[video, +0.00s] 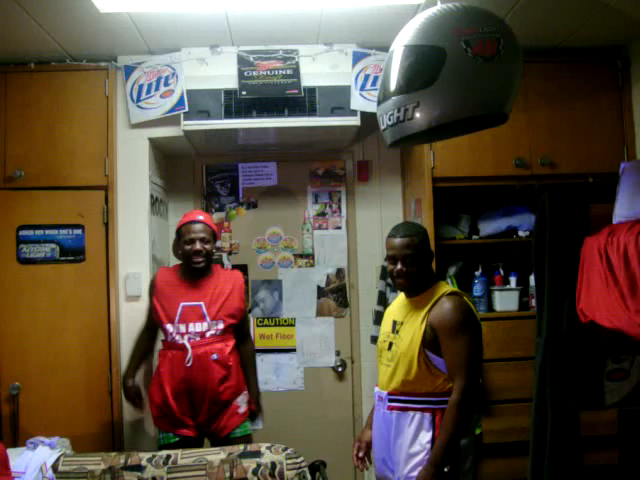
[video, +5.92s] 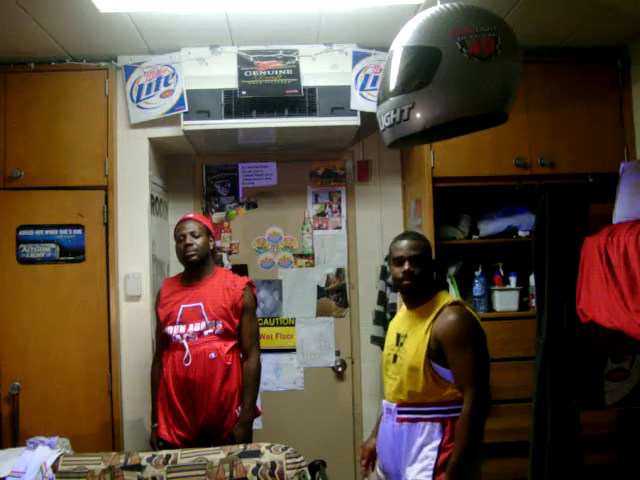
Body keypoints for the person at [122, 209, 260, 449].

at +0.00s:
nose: (197, 248)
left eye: (204, 241)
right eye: (189, 242)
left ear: (214, 245)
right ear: (177, 247)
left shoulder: (233, 280)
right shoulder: (162, 280)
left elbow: (243, 339)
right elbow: (150, 331)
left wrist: (253, 393)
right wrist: (129, 375)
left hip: (226, 399)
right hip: (175, 401)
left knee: (240, 472)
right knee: (175, 477)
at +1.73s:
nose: (206, 248)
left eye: (213, 241)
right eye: (198, 242)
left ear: (224, 245)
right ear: (187, 247)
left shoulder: (243, 284)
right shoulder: (171, 286)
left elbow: (256, 350)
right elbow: (161, 349)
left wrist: (265, 413)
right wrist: (152, 410)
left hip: (234, 411)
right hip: (181, 411)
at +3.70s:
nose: (187, 240)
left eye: (194, 234)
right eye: (180, 236)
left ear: (211, 241)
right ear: (176, 247)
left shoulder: (237, 287)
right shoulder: (166, 290)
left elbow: (251, 354)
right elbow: (160, 355)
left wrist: (246, 415)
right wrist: (157, 418)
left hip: (225, 416)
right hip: (176, 417)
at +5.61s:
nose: (187, 242)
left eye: (195, 235)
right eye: (180, 238)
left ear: (211, 242)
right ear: (176, 248)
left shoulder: (237, 288)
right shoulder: (167, 290)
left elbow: (251, 355)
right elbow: (160, 355)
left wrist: (246, 417)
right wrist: (157, 419)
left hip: (225, 416)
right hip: (176, 416)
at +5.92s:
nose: (187, 241)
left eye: (195, 235)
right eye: (180, 238)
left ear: (211, 242)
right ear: (176, 248)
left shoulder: (237, 288)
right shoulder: (167, 290)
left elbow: (251, 355)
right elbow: (160, 355)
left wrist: (246, 417)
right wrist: (157, 419)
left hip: (225, 416)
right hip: (176, 416)